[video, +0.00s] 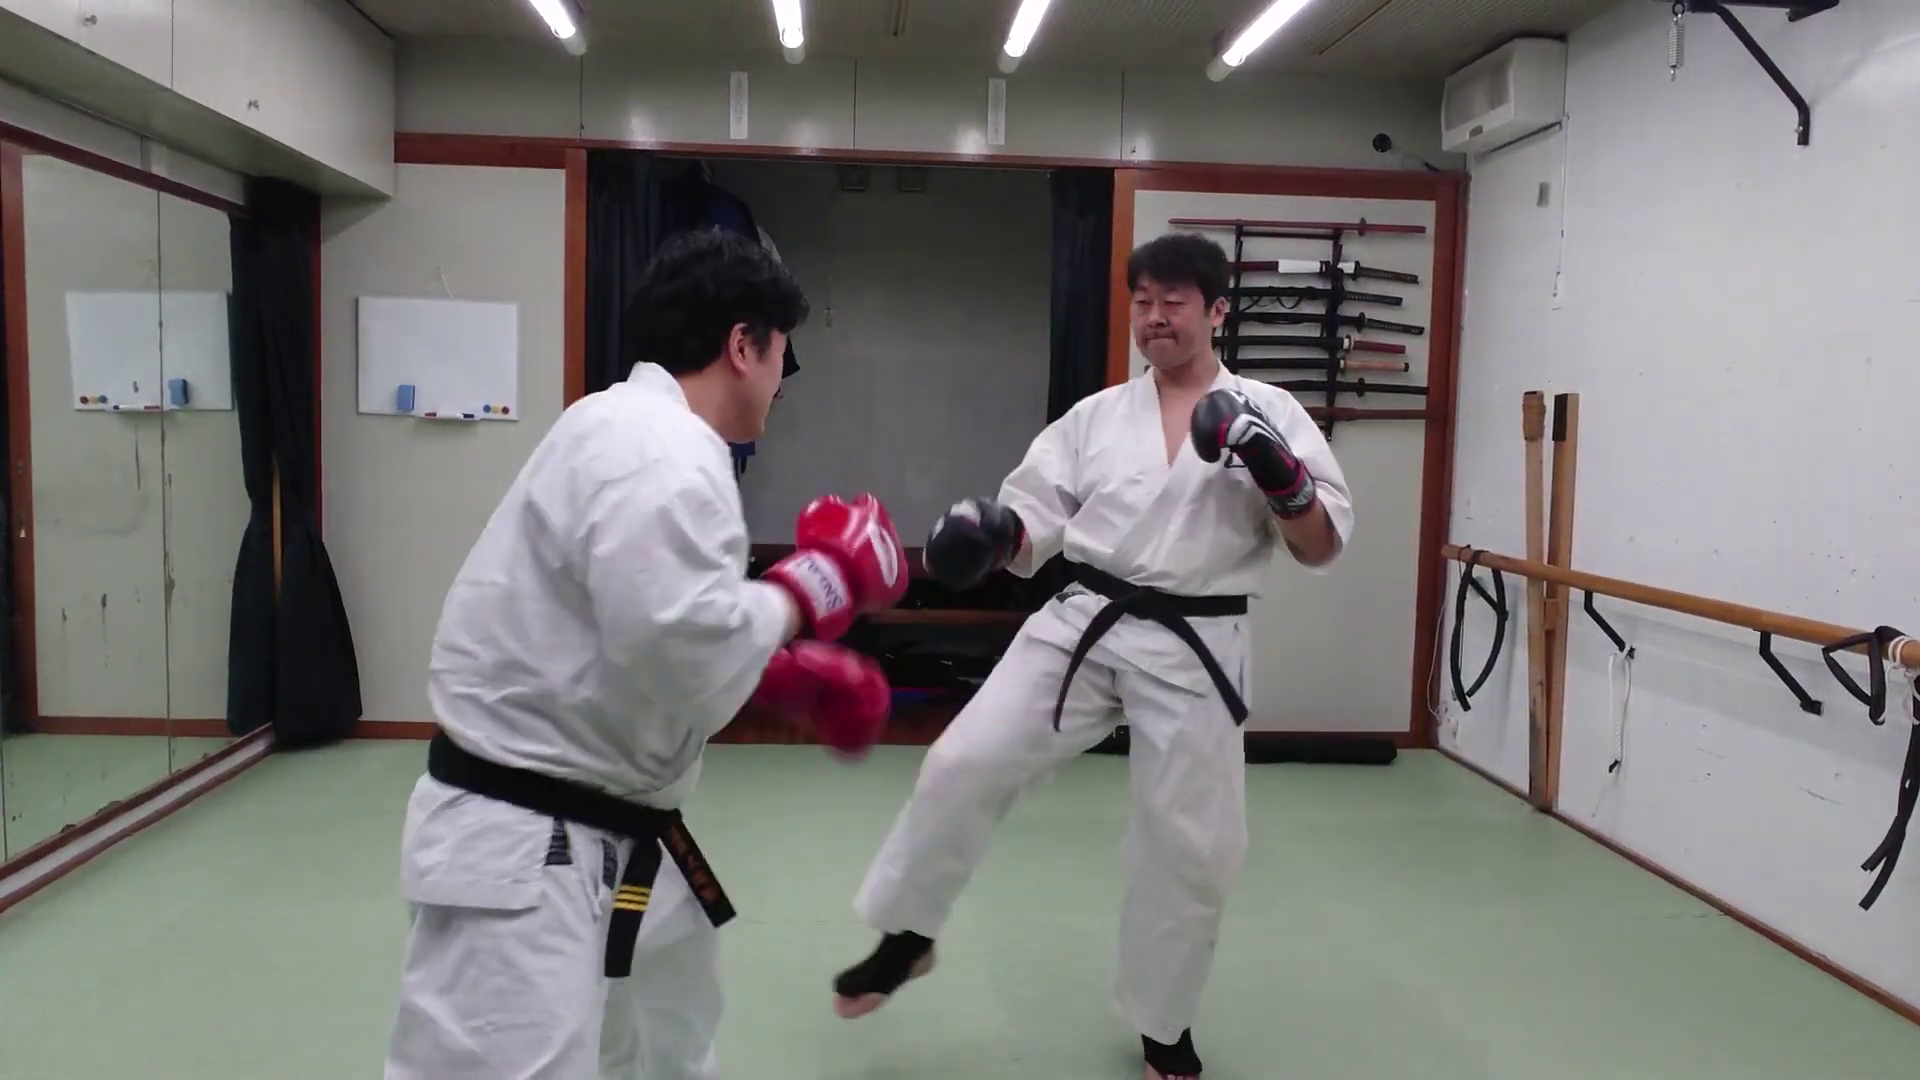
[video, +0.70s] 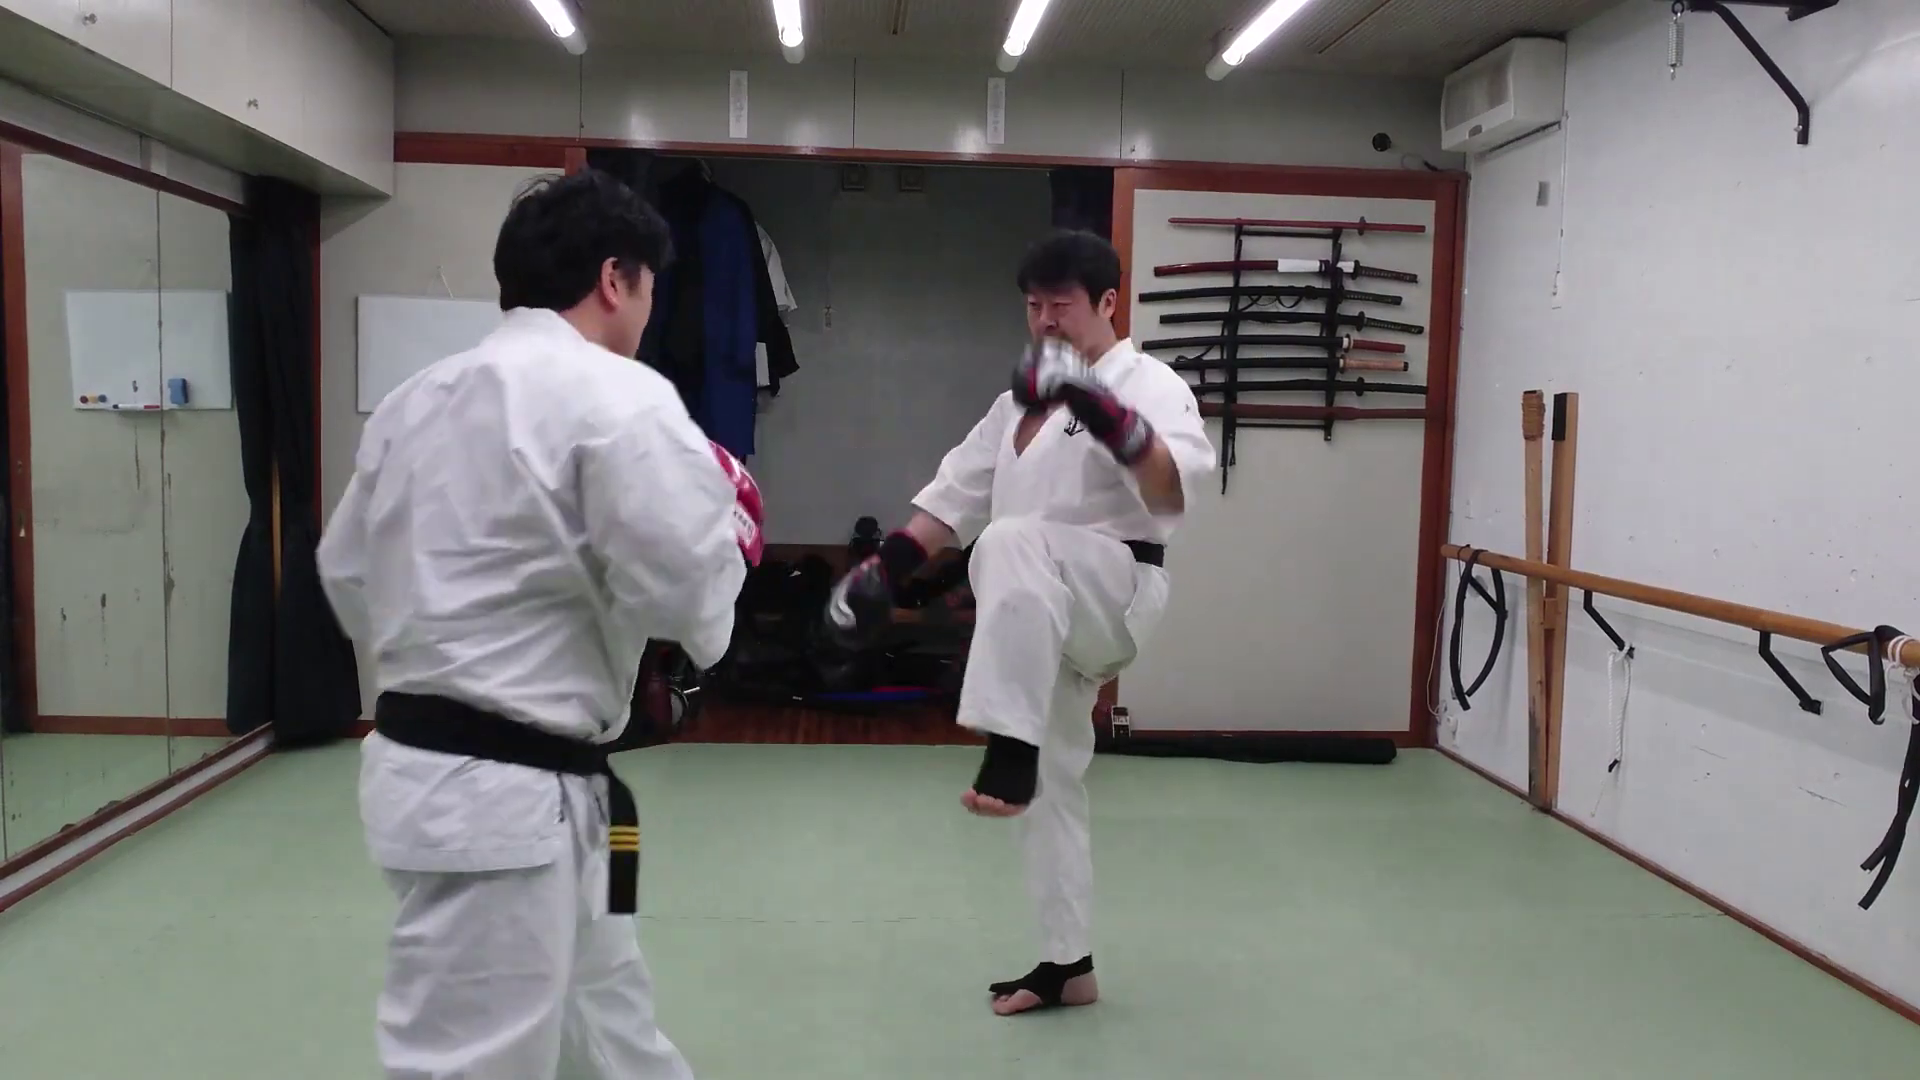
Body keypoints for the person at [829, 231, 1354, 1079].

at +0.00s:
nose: (1153, 319)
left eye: (1173, 304)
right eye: (1143, 303)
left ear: (1216, 312)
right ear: (1131, 311)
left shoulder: (1267, 415)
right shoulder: (1099, 415)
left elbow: (1322, 548)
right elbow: (1029, 521)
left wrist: (1279, 477)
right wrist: (984, 535)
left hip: (1197, 641)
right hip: (1080, 618)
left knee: (1197, 848)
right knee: (965, 762)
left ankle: (1164, 1029)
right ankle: (904, 937)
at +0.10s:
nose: (1122, 317)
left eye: (1142, 302)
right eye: (1113, 301)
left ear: (1189, 304)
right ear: (1103, 305)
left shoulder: (1238, 395)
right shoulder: (1074, 404)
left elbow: (1255, 510)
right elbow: (1007, 529)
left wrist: (1214, 405)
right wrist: (988, 477)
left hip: (1180, 638)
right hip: (1069, 624)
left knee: (1178, 846)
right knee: (982, 802)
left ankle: (1171, 1036)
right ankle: (1023, 943)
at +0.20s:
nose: (1106, 329)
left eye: (1124, 312)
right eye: (1095, 312)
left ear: (1161, 311)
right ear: (1083, 317)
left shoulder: (1202, 393)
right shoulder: (1059, 387)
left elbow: (1102, 416)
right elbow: (995, 456)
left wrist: (1097, 325)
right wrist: (986, 395)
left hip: (1160, 622)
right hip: (1068, 616)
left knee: (1106, 786)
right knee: (1039, 800)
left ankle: (1161, 973)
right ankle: (1065, 968)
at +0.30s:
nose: (1073, 331)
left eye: (1085, 313)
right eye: (1067, 314)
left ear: (1129, 310)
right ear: (1070, 316)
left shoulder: (1175, 368)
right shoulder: (1069, 372)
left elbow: (1107, 396)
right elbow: (1025, 394)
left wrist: (1064, 343)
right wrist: (1028, 323)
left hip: (1153, 586)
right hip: (1075, 589)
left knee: (1037, 669)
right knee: (1038, 788)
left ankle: (1108, 850)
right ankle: (1067, 964)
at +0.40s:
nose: (1061, 322)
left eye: (1077, 306)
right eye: (1055, 308)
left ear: (1123, 305)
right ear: (1059, 319)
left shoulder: (1176, 368)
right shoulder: (1048, 384)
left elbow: (1086, 377)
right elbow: (989, 424)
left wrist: (1077, 279)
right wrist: (954, 402)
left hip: (1149, 581)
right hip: (1064, 581)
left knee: (1016, 569)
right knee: (1063, 783)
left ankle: (1052, 769)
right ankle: (1070, 965)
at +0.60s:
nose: (1053, 324)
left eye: (1067, 308)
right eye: (1042, 310)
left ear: (1110, 310)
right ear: (1033, 316)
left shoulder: (1163, 379)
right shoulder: (1030, 404)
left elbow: (1153, 422)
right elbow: (953, 466)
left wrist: (1115, 314)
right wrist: (887, 489)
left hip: (1132, 590)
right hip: (1047, 589)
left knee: (1017, 521)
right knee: (1051, 780)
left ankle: (995, 726)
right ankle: (1067, 962)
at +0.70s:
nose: (1045, 320)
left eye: (1060, 304)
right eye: (1035, 305)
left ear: (1107, 304)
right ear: (1026, 309)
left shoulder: (1152, 384)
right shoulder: (1024, 400)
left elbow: (1175, 495)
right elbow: (953, 493)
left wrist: (1114, 424)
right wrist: (888, 563)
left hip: (1125, 587)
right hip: (1038, 591)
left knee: (1013, 543)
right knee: (1052, 776)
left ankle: (1014, 743)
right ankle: (1065, 962)